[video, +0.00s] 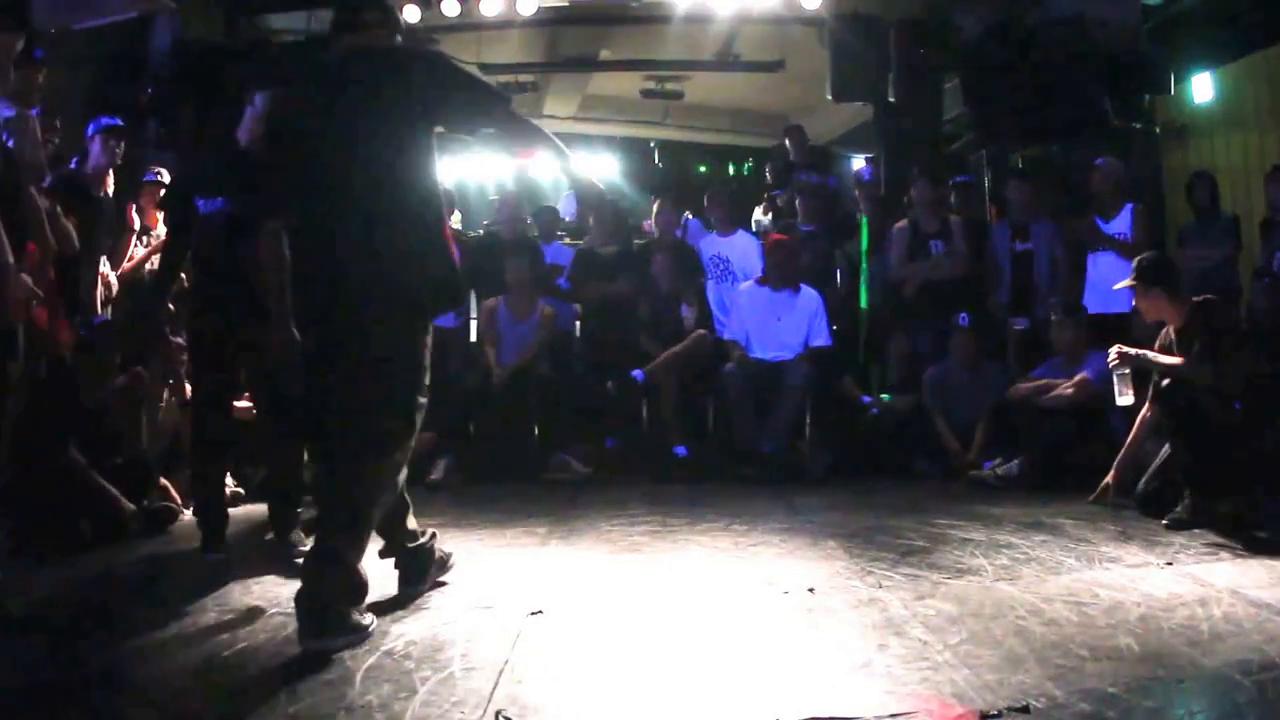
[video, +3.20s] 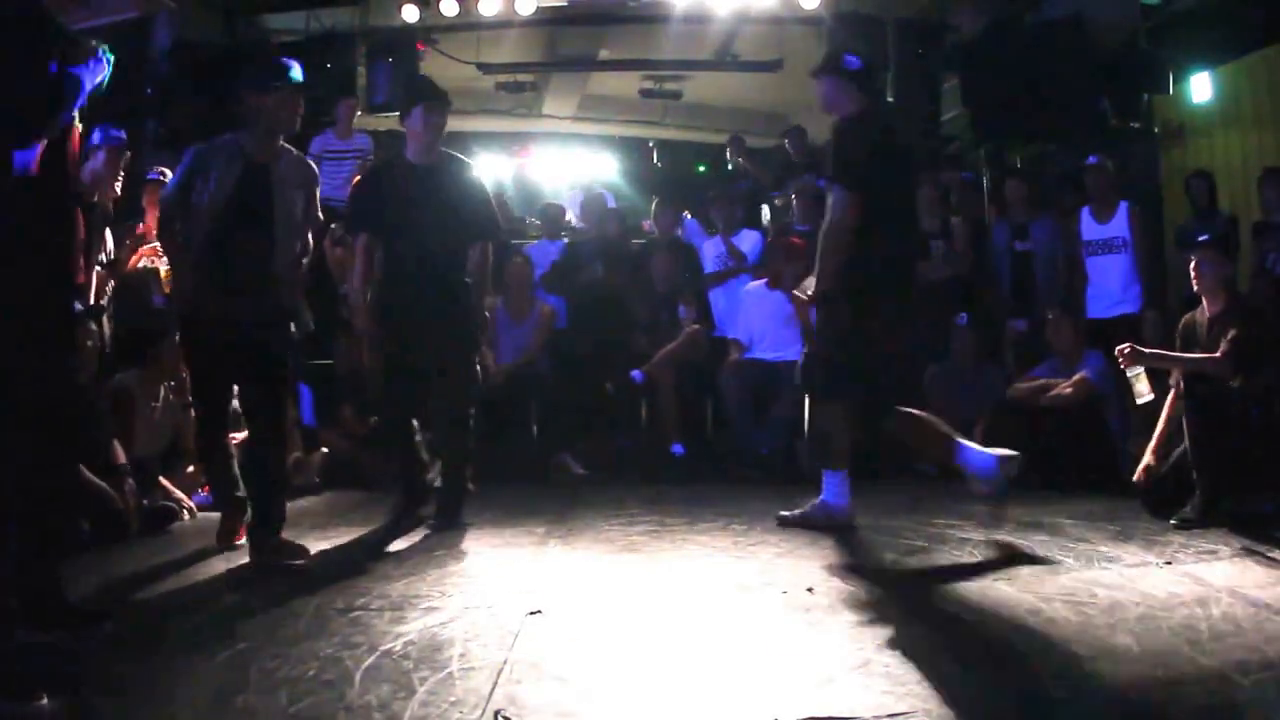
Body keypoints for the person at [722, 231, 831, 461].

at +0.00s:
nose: (780, 267)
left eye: (786, 260)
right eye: (775, 260)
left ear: (795, 262)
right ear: (767, 262)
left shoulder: (810, 297)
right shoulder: (745, 292)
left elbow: (820, 344)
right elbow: (733, 338)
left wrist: (799, 359)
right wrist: (739, 355)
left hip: (788, 360)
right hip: (755, 359)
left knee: (800, 374)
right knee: (732, 373)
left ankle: (776, 445)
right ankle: (746, 445)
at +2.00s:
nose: (806, 268)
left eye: (807, 261)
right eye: (798, 261)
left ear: (810, 265)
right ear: (778, 266)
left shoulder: (819, 302)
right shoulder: (755, 294)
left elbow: (823, 351)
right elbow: (737, 336)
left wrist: (802, 363)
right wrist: (733, 355)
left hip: (792, 363)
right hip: (755, 363)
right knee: (730, 375)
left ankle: (773, 451)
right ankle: (746, 449)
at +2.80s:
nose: (796, 269)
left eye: (800, 263)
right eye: (790, 262)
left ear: (805, 266)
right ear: (777, 264)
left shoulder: (816, 302)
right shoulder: (752, 292)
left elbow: (821, 351)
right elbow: (738, 339)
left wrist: (802, 360)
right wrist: (733, 357)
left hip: (790, 364)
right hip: (754, 363)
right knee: (730, 374)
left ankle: (778, 449)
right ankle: (747, 447)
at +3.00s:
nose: (794, 269)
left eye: (799, 263)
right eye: (788, 262)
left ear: (805, 266)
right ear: (776, 264)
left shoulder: (816, 301)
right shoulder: (753, 292)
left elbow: (821, 352)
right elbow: (740, 339)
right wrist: (733, 356)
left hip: (792, 361)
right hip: (756, 360)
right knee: (732, 376)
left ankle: (775, 450)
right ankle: (745, 448)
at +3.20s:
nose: (793, 268)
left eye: (796, 262)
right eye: (789, 260)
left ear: (802, 265)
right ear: (773, 262)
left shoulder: (805, 294)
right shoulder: (752, 292)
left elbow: (812, 339)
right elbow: (740, 338)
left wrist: (797, 305)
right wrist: (734, 355)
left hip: (791, 361)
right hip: (757, 360)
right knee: (731, 376)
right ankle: (744, 444)